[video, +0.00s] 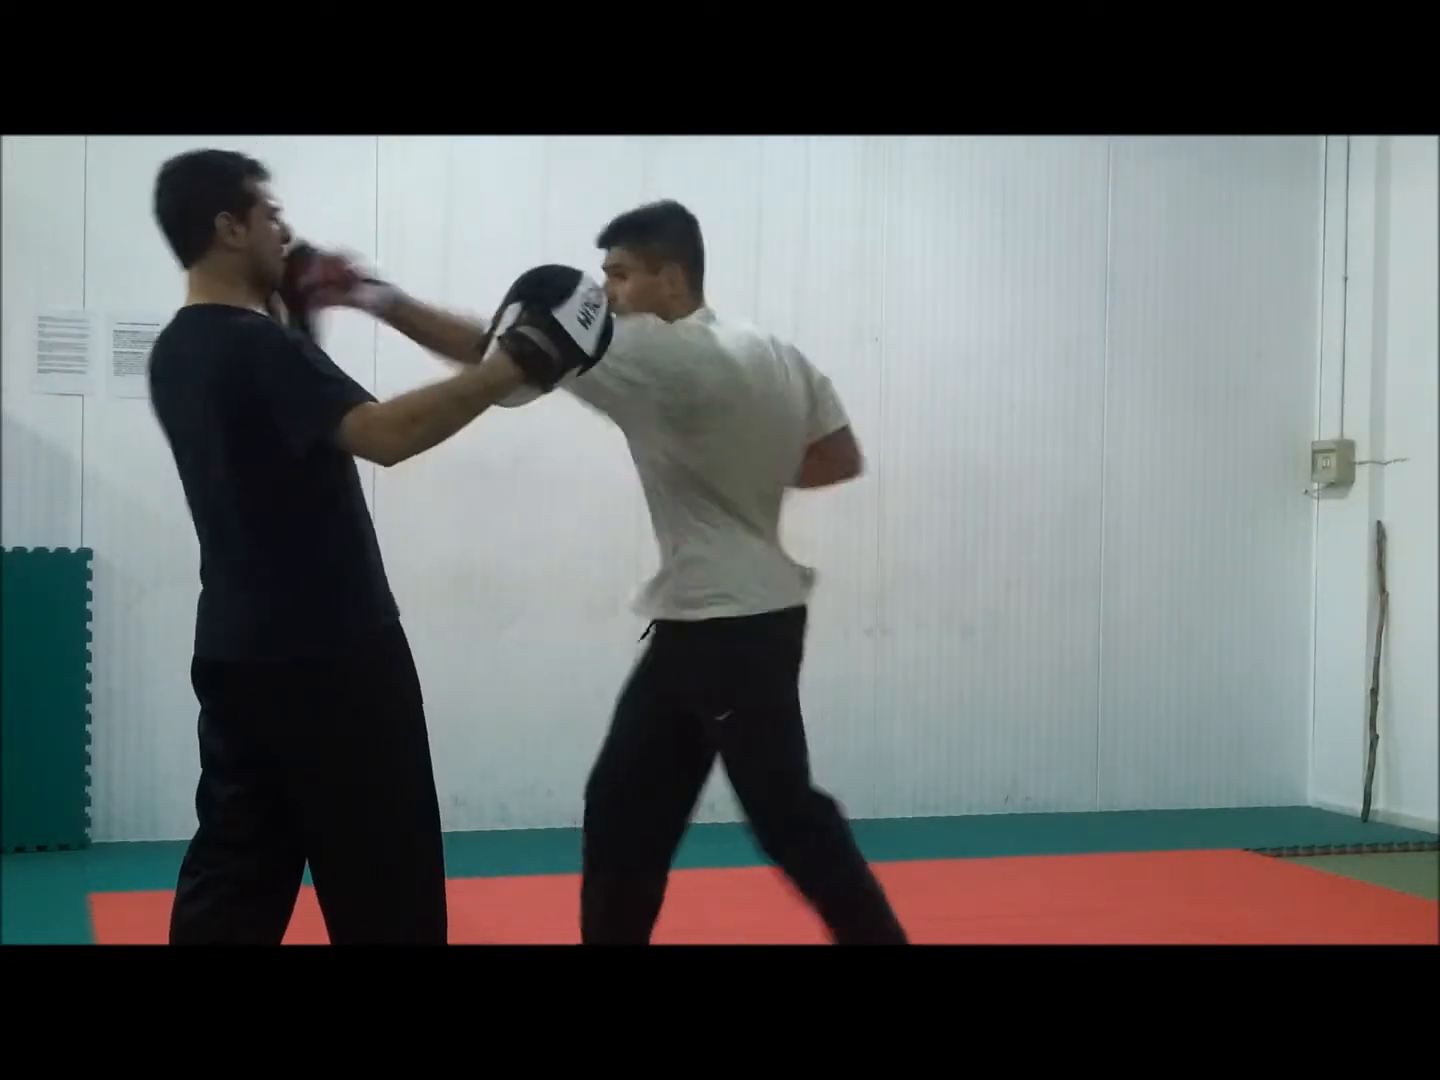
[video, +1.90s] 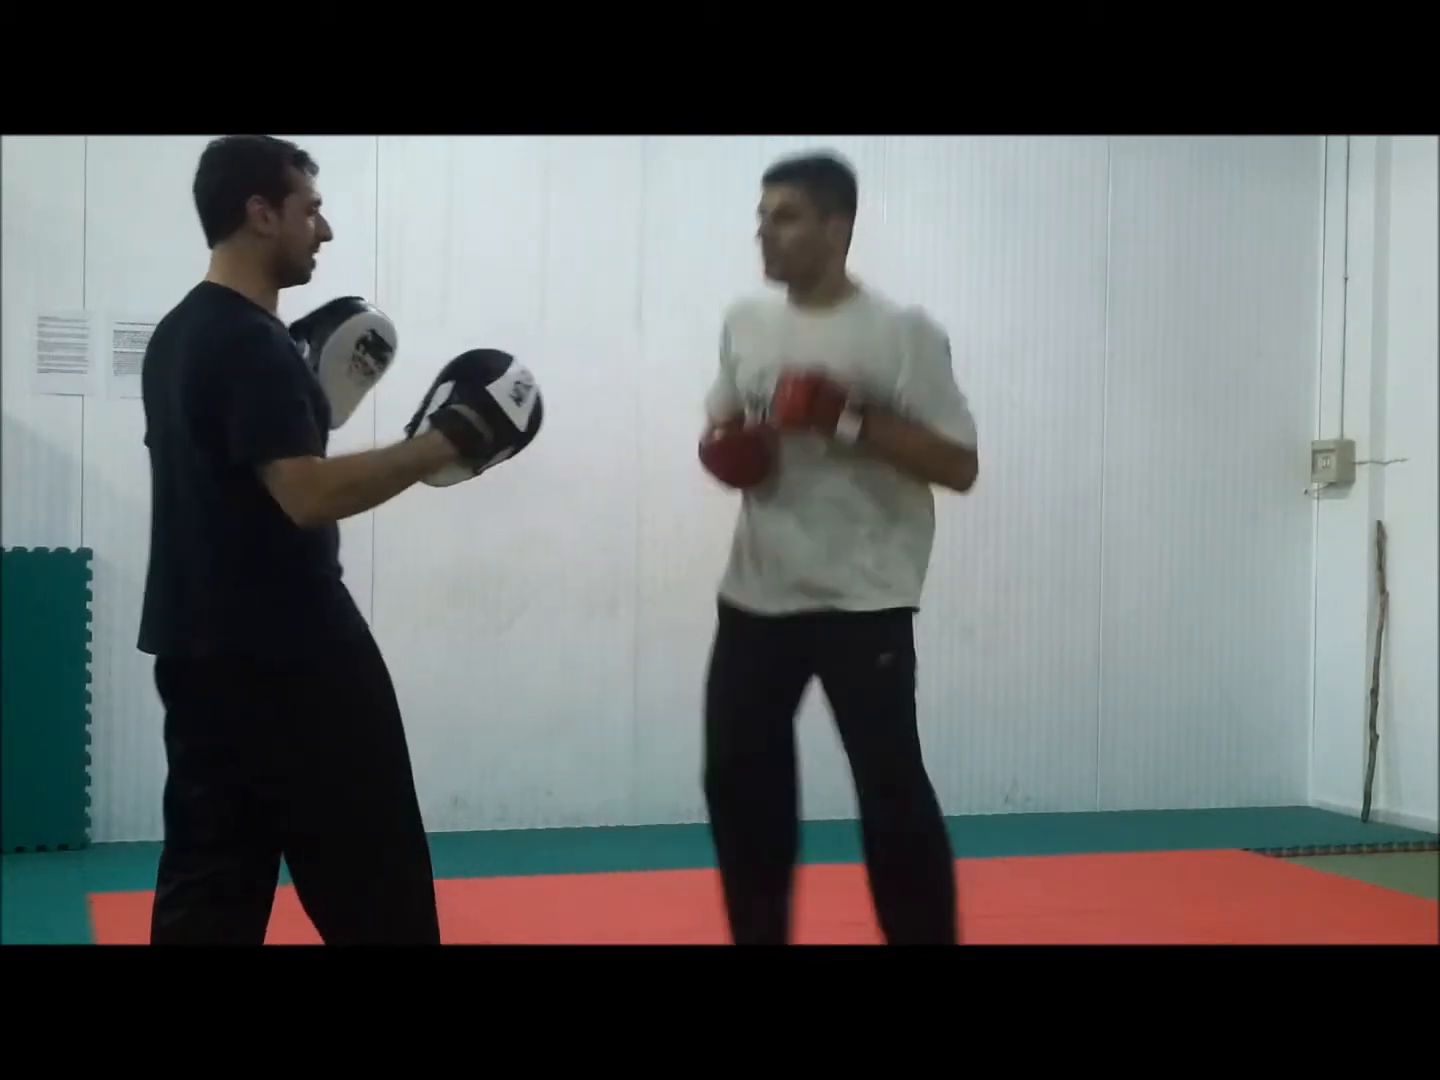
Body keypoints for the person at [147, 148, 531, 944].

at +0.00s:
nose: (286, 231)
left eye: (280, 213)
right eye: (272, 214)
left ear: (200, 235)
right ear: (229, 226)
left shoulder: (174, 350)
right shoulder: (254, 342)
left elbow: (285, 431)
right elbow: (385, 434)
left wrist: (301, 318)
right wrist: (495, 376)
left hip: (239, 654)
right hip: (337, 652)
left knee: (234, 879)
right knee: (391, 889)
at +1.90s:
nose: (325, 226)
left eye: (320, 206)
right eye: (312, 206)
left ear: (247, 216)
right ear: (260, 212)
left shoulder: (179, 332)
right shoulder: (250, 338)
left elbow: (218, 482)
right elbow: (308, 495)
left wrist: (312, 403)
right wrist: (443, 444)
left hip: (201, 651)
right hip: (294, 654)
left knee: (209, 887)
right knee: (379, 889)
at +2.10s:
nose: (306, 272)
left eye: (311, 252)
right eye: (306, 249)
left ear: (216, 233)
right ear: (266, 235)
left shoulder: (110, 337)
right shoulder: (251, 345)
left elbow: (61, 487)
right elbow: (286, 502)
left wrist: (68, 607)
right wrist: (410, 499)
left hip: (122, 654)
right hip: (239, 657)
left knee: (106, 882)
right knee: (267, 888)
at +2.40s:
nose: (304, 273)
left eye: (308, 253)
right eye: (303, 249)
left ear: (213, 232)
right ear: (261, 233)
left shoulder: (107, 338)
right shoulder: (244, 347)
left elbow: (60, 488)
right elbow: (281, 507)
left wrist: (68, 608)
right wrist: (407, 499)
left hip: (121, 660)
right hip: (237, 663)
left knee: (104, 887)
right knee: (267, 895)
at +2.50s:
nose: (301, 274)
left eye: (304, 252)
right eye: (298, 249)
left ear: (223, 235)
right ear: (257, 235)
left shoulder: (107, 337)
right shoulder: (238, 343)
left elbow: (58, 486)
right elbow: (295, 491)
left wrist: (66, 609)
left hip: (119, 649)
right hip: (233, 653)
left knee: (107, 872)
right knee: (266, 881)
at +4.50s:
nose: (284, 253)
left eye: (285, 233)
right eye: (275, 230)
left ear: (208, 225)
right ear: (221, 222)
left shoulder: (113, 334)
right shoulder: (210, 332)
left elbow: (79, 488)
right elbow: (277, 455)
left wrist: (80, 609)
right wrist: (398, 413)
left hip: (122, 651)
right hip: (224, 651)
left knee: (111, 874)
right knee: (265, 878)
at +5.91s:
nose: (290, 263)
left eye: (291, 244)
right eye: (281, 241)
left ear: (220, 234)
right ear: (228, 230)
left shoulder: (127, 337)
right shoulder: (206, 334)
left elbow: (90, 488)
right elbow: (294, 413)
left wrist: (95, 599)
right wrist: (409, 395)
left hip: (130, 645)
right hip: (220, 644)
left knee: (121, 866)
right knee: (263, 871)